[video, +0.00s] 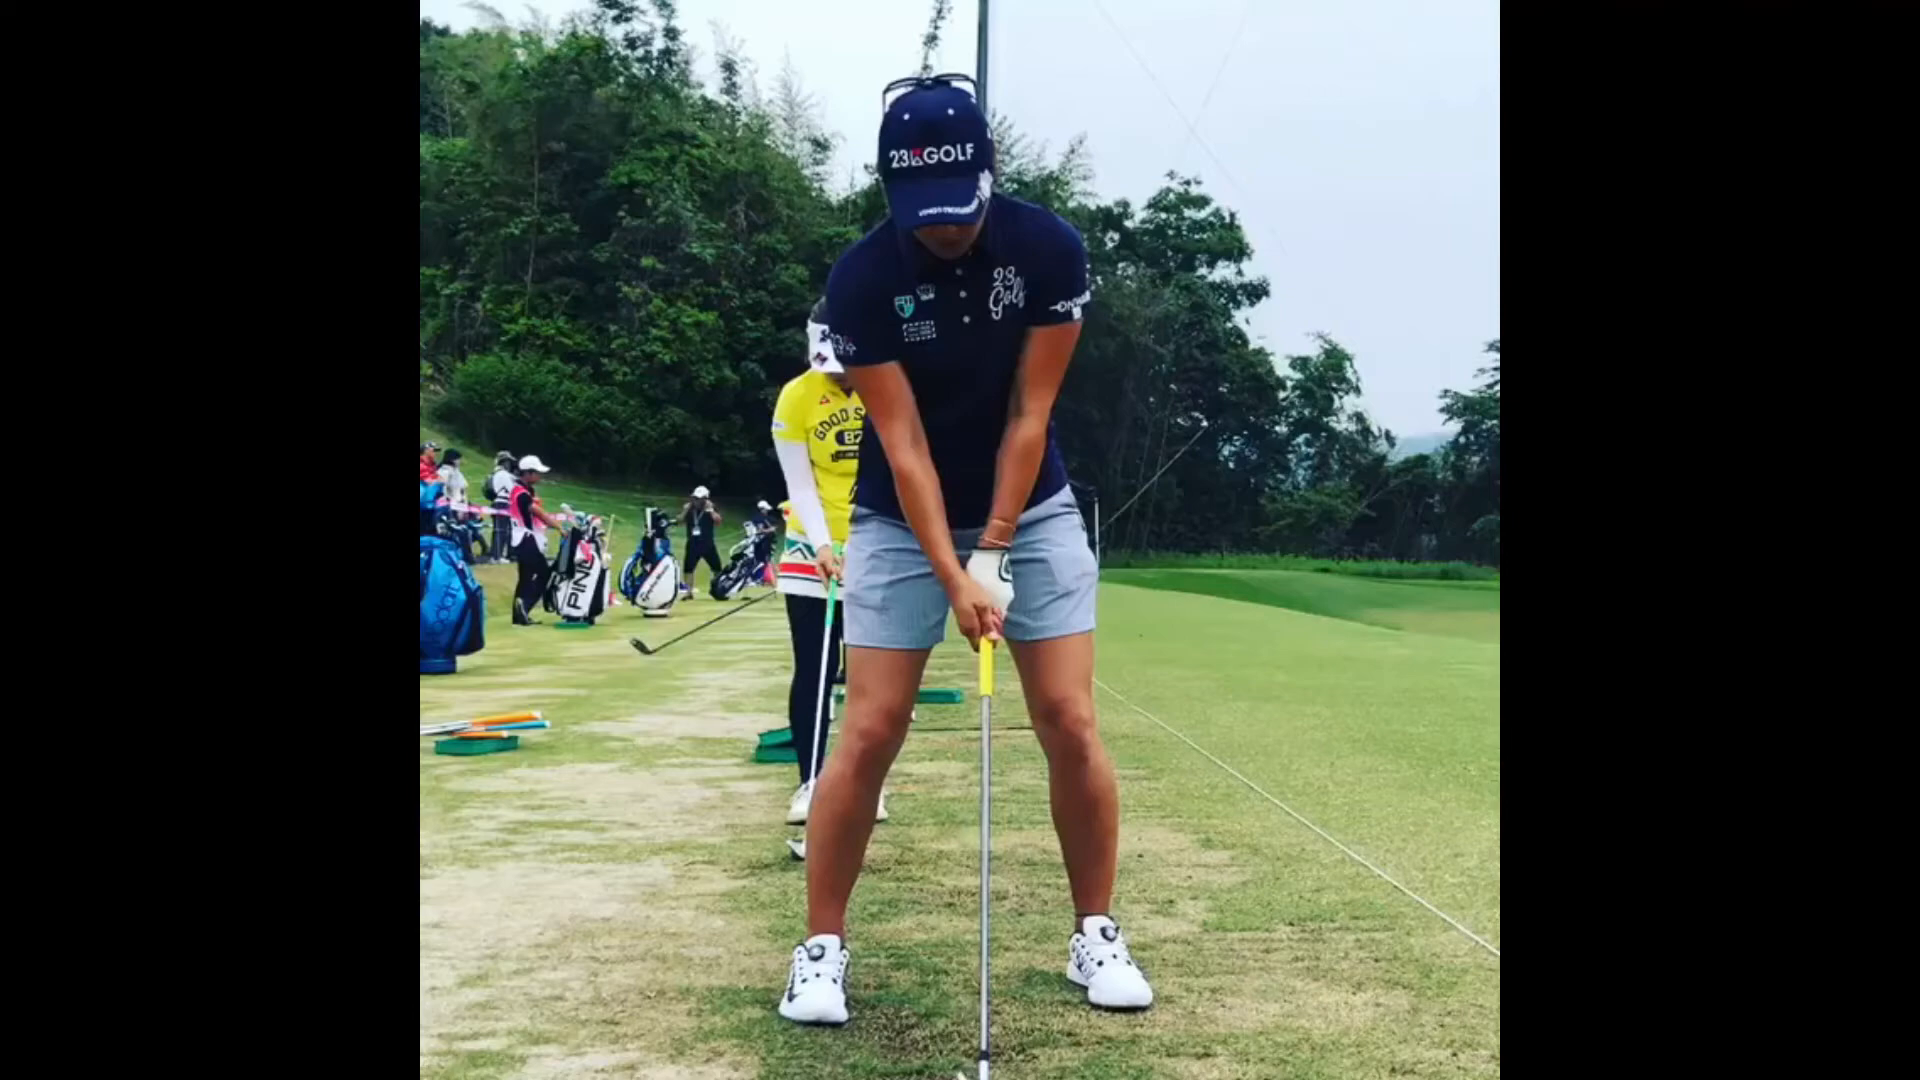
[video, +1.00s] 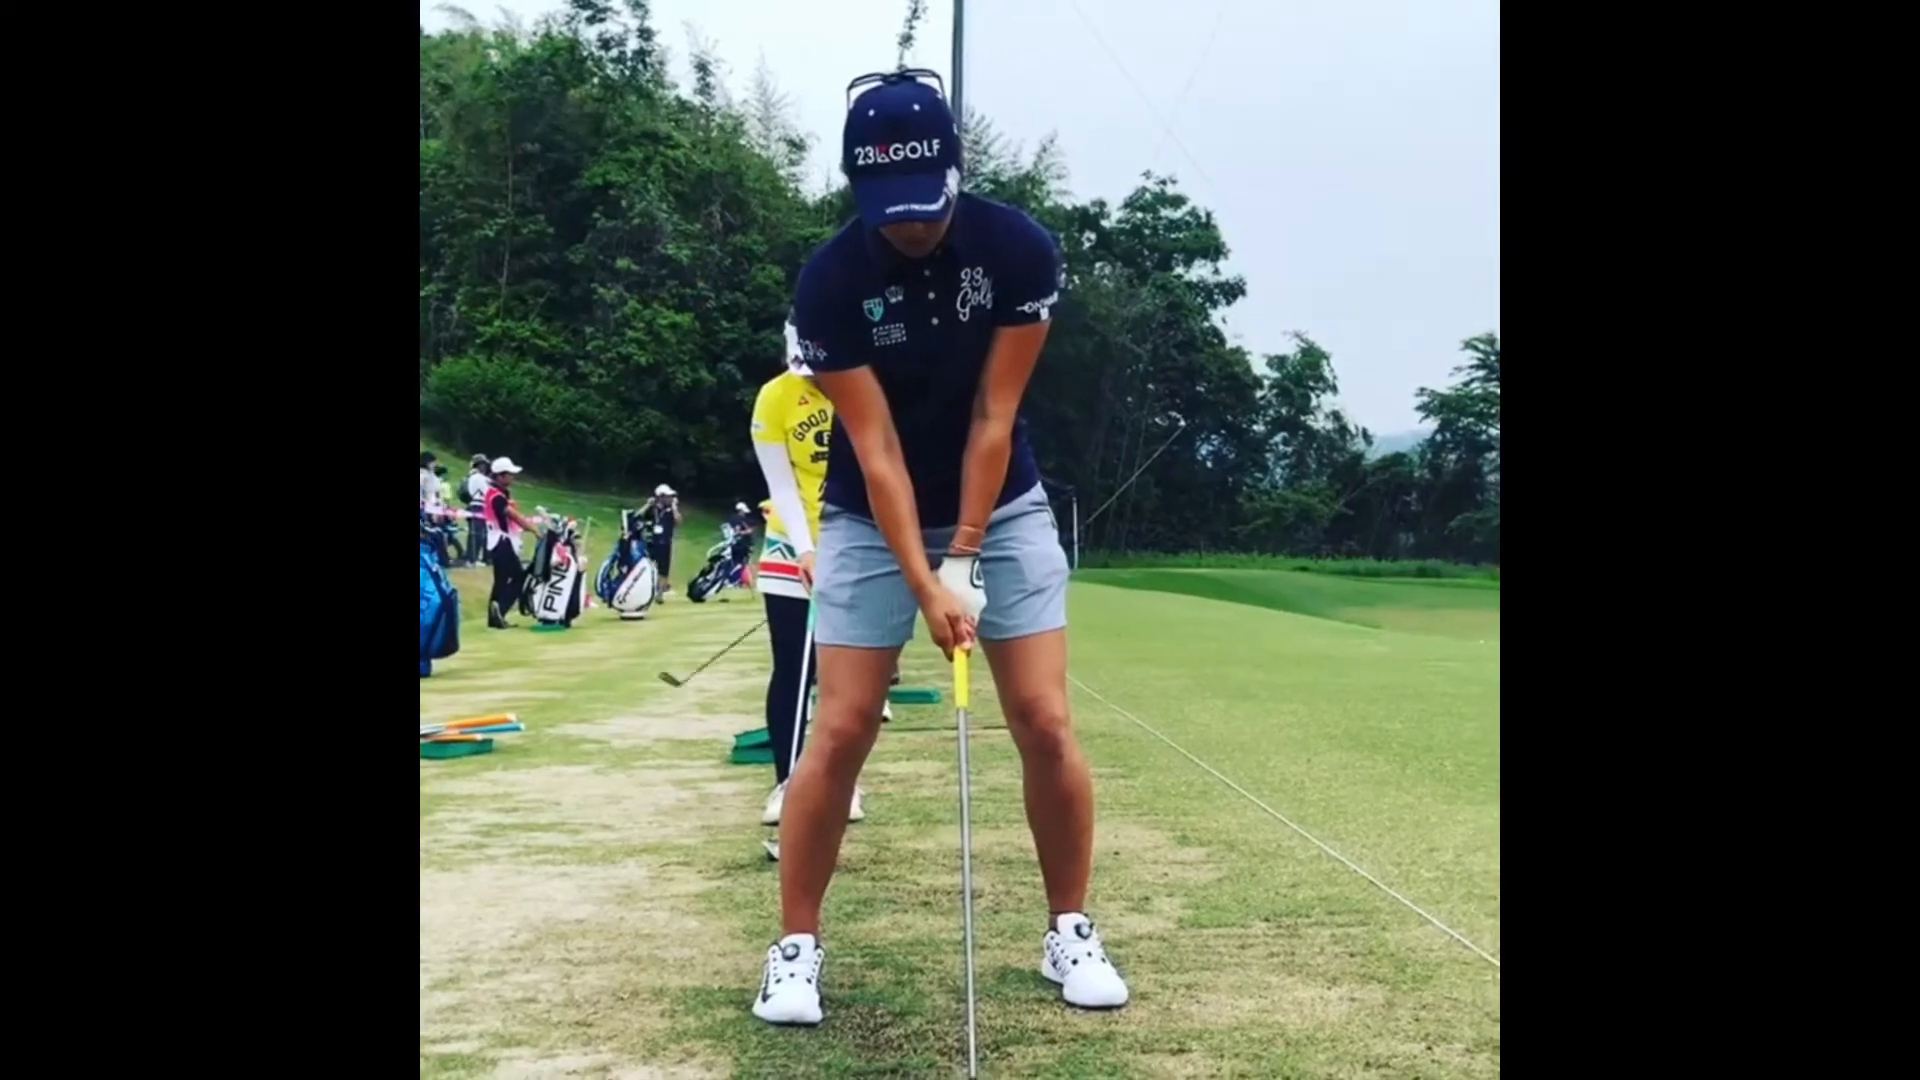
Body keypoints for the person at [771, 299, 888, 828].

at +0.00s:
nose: (837, 361)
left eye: (846, 348)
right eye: (828, 349)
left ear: (867, 344)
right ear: (815, 346)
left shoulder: (886, 390)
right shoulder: (797, 396)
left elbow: (898, 471)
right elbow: (800, 482)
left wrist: (893, 539)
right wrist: (821, 542)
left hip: (873, 552)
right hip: (811, 553)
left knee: (877, 679)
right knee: (816, 671)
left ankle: (871, 780)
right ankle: (811, 780)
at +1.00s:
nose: (810, 353)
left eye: (820, 344)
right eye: (802, 343)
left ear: (839, 343)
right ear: (791, 344)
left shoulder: (862, 396)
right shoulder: (777, 395)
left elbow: (868, 479)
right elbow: (781, 484)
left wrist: (859, 547)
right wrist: (804, 546)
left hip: (849, 555)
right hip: (789, 556)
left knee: (855, 684)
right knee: (793, 674)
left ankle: (847, 776)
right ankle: (789, 781)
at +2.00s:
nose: (848, 354)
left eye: (856, 344)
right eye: (839, 343)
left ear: (878, 344)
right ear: (829, 346)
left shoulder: (891, 399)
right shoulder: (805, 402)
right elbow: (806, 490)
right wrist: (827, 554)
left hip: (870, 568)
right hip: (811, 570)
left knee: (874, 692)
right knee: (815, 682)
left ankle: (864, 786)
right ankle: (810, 790)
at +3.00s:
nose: (830, 405)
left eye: (841, 394)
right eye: (820, 393)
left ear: (860, 376)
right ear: (805, 376)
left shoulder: (891, 416)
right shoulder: (785, 428)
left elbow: (885, 503)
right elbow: (792, 514)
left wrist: (845, 568)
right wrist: (803, 579)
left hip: (870, 570)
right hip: (798, 568)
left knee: (872, 698)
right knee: (780, 690)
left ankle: (886, 810)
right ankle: (754, 807)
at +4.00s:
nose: (788, 424)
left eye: (798, 414)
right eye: (778, 413)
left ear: (818, 397)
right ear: (763, 397)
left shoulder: (849, 434)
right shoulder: (740, 444)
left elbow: (833, 514)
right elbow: (754, 529)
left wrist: (797, 587)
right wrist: (769, 598)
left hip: (822, 585)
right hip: (750, 583)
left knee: (830, 701)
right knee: (735, 701)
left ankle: (849, 816)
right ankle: (710, 821)